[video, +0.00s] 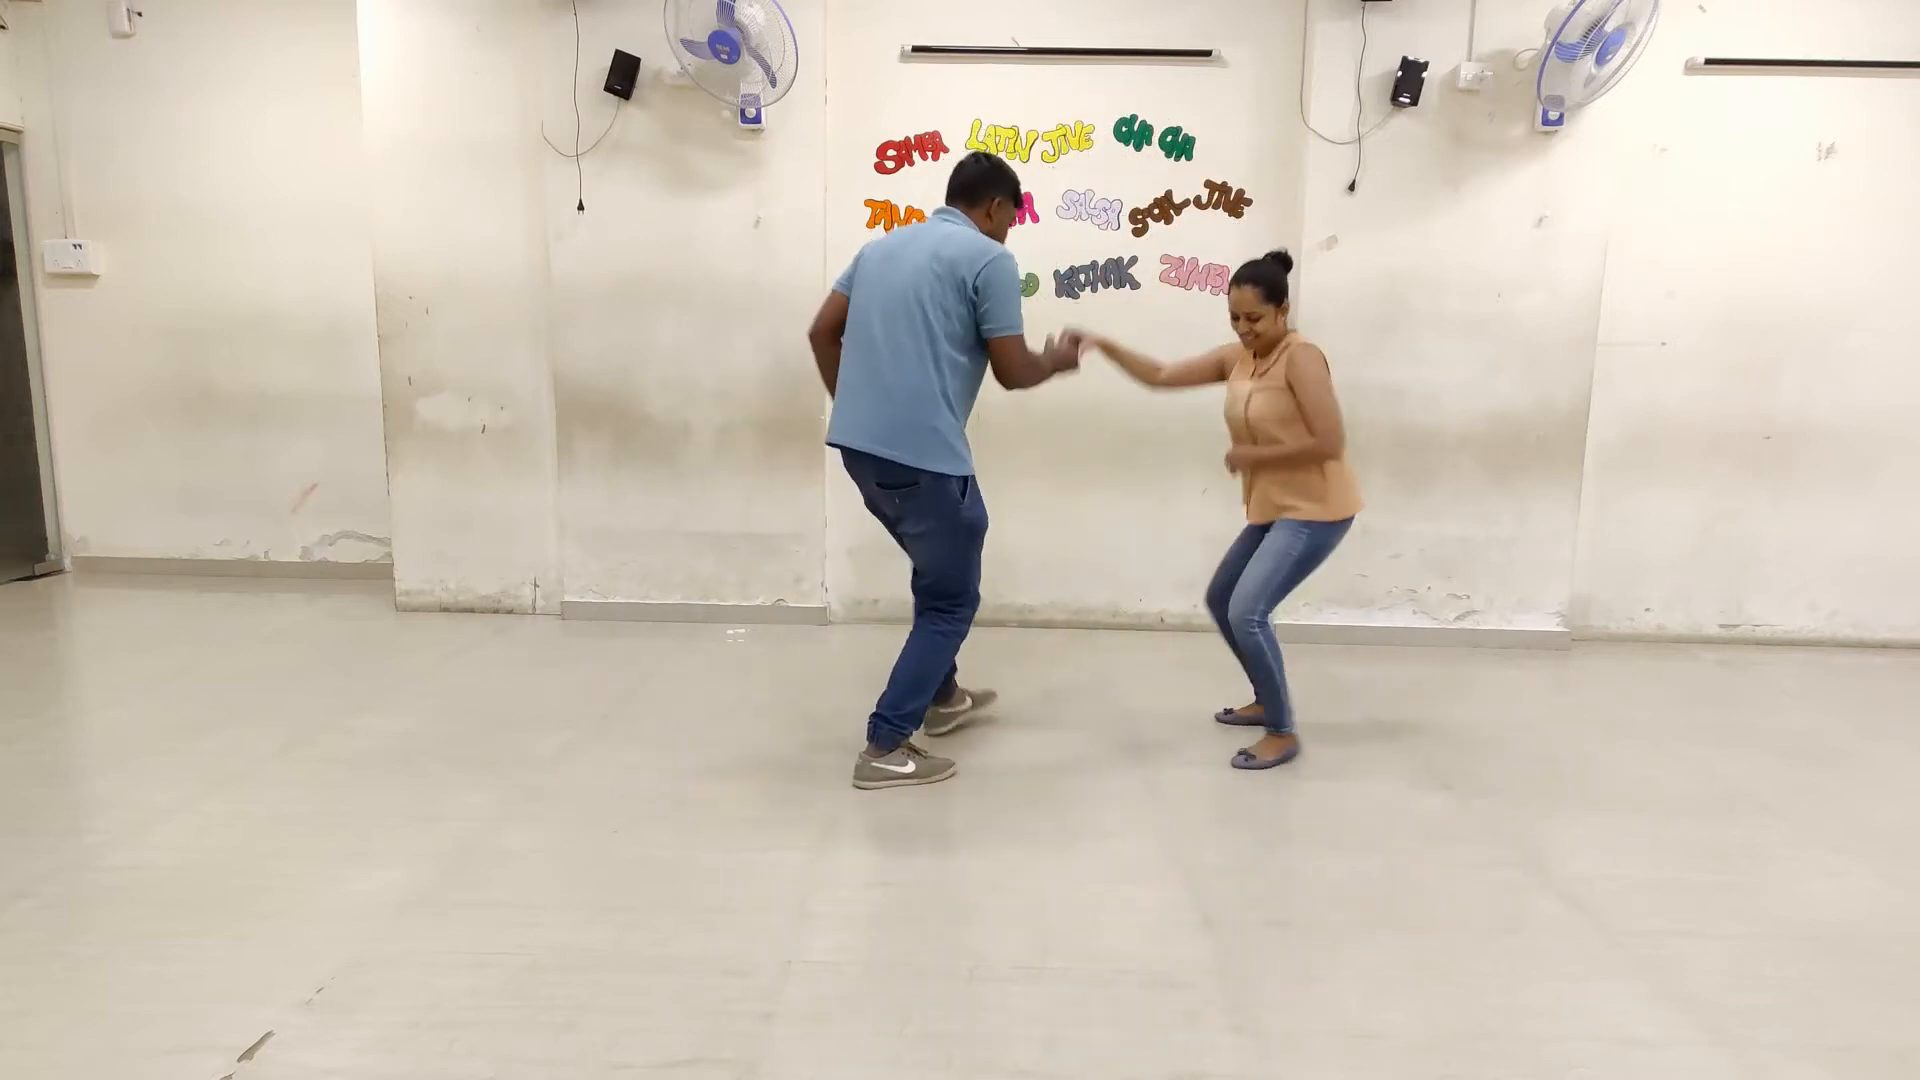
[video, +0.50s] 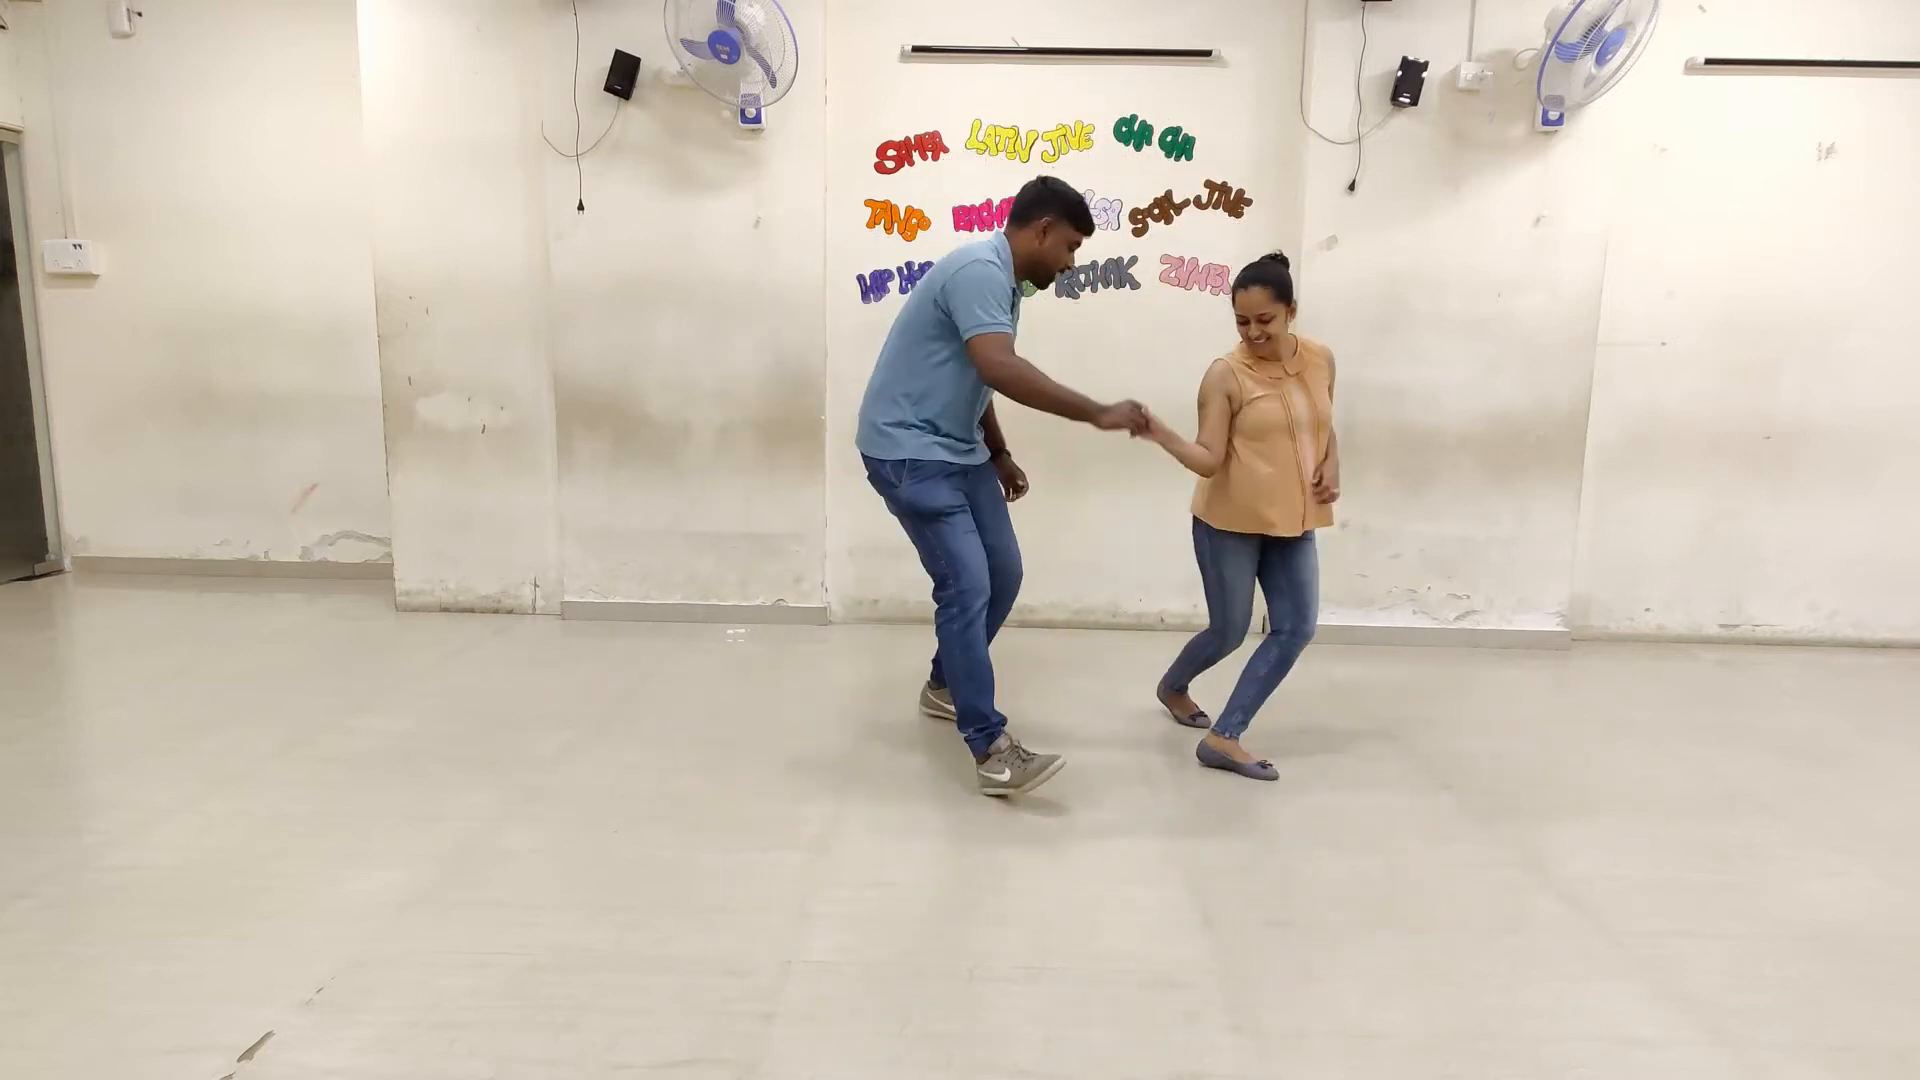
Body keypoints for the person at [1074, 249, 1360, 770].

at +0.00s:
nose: (1244, 327)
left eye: (1254, 316)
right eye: (1236, 316)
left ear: (1282, 309)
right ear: (1229, 310)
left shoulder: (1304, 359)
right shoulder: (1235, 356)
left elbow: (1330, 442)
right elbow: (1160, 375)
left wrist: (1253, 456)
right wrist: (1100, 344)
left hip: (1317, 511)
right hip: (1271, 511)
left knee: (1246, 610)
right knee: (1221, 600)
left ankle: (1283, 735)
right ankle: (1270, 702)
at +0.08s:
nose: (1242, 349)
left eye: (1253, 338)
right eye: (1234, 339)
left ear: (1281, 330)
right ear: (1226, 333)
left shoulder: (1314, 383)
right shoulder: (1223, 390)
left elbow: (1359, 462)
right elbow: (1166, 439)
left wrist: (1280, 493)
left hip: (1314, 533)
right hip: (1251, 533)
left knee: (1256, 625)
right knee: (1203, 623)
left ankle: (1263, 738)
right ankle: (1260, 690)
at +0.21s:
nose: (1243, 346)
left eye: (1253, 335)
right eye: (1233, 336)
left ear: (1280, 323)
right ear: (1224, 328)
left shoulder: (1326, 374)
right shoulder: (1218, 386)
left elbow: (1358, 444)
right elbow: (1184, 457)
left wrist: (1325, 469)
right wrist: (1123, 442)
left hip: (1310, 530)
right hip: (1238, 530)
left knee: (1290, 639)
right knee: (1214, 647)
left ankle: (1248, 735)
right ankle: (1229, 684)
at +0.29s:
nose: (1245, 338)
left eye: (1254, 325)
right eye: (1235, 328)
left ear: (1281, 312)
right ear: (1225, 320)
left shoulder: (1326, 363)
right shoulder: (1219, 377)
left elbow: (1349, 426)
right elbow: (1191, 453)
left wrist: (1336, 456)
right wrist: (1138, 420)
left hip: (1308, 525)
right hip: (1237, 526)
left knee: (1303, 633)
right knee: (1231, 635)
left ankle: (1236, 733)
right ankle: (1203, 675)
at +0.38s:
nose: (1251, 333)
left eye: (1261, 321)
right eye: (1240, 323)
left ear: (1287, 308)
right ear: (1231, 314)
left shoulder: (1322, 357)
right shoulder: (1223, 372)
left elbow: (1335, 421)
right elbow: (1201, 452)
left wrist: (1337, 454)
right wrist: (1149, 417)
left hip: (1299, 521)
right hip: (1233, 521)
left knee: (1301, 627)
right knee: (1236, 631)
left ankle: (1227, 733)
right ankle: (1177, 684)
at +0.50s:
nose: (1254, 332)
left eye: (1265, 319)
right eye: (1243, 321)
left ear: (1290, 310)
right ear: (1234, 314)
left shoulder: (1318, 360)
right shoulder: (1224, 375)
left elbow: (1324, 426)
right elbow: (1209, 459)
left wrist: (1330, 466)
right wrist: (1159, 432)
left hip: (1291, 523)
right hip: (1227, 521)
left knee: (1294, 628)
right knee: (1230, 630)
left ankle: (1223, 736)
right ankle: (1171, 686)